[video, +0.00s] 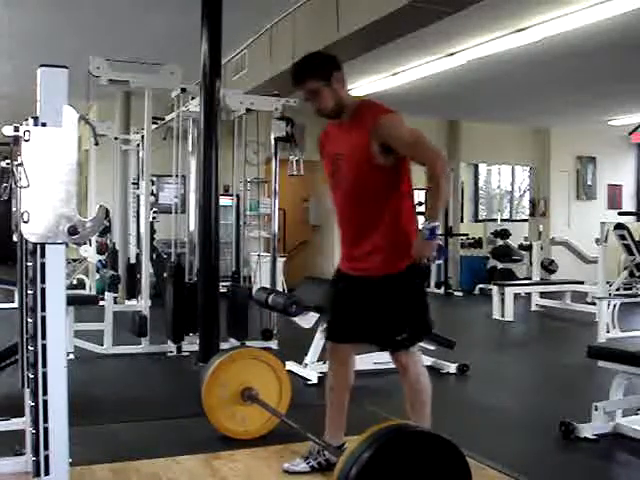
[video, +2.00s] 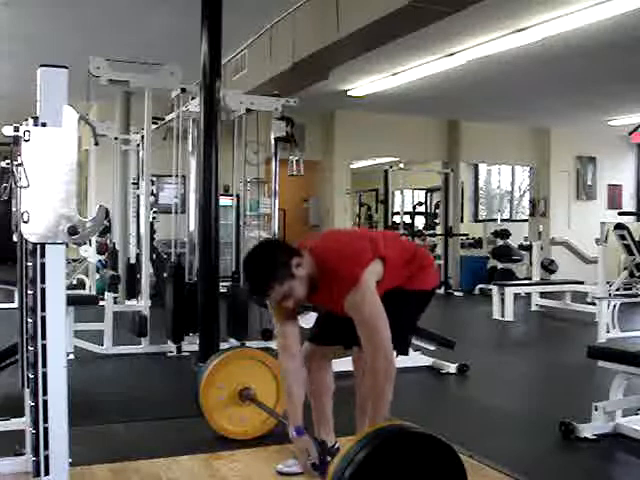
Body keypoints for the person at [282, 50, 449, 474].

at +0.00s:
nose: (312, 104)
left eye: (316, 94)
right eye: (307, 98)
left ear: (338, 81)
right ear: (308, 97)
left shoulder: (381, 121)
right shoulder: (328, 137)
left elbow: (438, 163)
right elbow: (346, 197)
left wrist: (430, 231)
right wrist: (349, 252)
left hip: (397, 265)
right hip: (352, 266)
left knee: (405, 358)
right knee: (339, 353)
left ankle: (423, 444)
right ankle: (332, 446)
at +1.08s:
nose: (335, 109)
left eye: (337, 98)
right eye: (326, 104)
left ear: (354, 80)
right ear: (320, 100)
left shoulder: (393, 127)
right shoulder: (333, 135)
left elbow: (423, 192)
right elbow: (325, 198)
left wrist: (376, 236)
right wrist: (331, 242)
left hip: (388, 265)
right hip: (353, 264)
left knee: (370, 359)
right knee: (363, 358)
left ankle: (370, 450)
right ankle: (370, 447)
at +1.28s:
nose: (314, 131)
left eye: (317, 119)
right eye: (306, 125)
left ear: (336, 99)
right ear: (297, 119)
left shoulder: (378, 143)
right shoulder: (318, 145)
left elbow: (400, 223)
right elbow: (320, 209)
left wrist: (369, 287)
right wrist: (312, 268)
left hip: (394, 270)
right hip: (354, 265)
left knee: (365, 358)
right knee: (334, 350)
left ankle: (368, 449)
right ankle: (368, 434)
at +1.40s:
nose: (299, 158)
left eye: (302, 147)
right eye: (291, 152)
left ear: (318, 129)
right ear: (286, 145)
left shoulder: (362, 162)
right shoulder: (308, 168)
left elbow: (379, 251)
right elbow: (309, 225)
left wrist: (365, 328)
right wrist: (304, 287)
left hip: (402, 267)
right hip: (361, 263)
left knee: (367, 354)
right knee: (327, 339)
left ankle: (370, 448)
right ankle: (348, 429)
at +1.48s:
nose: (286, 202)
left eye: (288, 191)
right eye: (279, 196)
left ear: (305, 166)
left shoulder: (351, 195)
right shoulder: (293, 198)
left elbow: (367, 288)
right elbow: (297, 261)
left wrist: (366, 369)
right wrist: (295, 323)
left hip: (407, 266)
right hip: (362, 265)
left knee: (372, 362)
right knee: (335, 352)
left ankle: (367, 453)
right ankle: (327, 443)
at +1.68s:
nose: (281, 257)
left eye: (282, 246)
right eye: (273, 252)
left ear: (296, 220)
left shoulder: (346, 237)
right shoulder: (285, 242)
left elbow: (375, 337)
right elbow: (289, 311)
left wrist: (377, 408)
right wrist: (290, 375)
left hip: (406, 273)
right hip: (357, 274)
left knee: (369, 356)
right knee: (327, 349)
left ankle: (365, 450)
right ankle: (324, 445)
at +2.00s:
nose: (285, 307)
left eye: (287, 296)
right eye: (277, 302)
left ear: (299, 266)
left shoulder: (348, 275)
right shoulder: (281, 286)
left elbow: (383, 360)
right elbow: (290, 355)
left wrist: (372, 441)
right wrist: (296, 430)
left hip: (409, 278)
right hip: (355, 286)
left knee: (364, 357)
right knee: (316, 356)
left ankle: (366, 449)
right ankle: (324, 446)